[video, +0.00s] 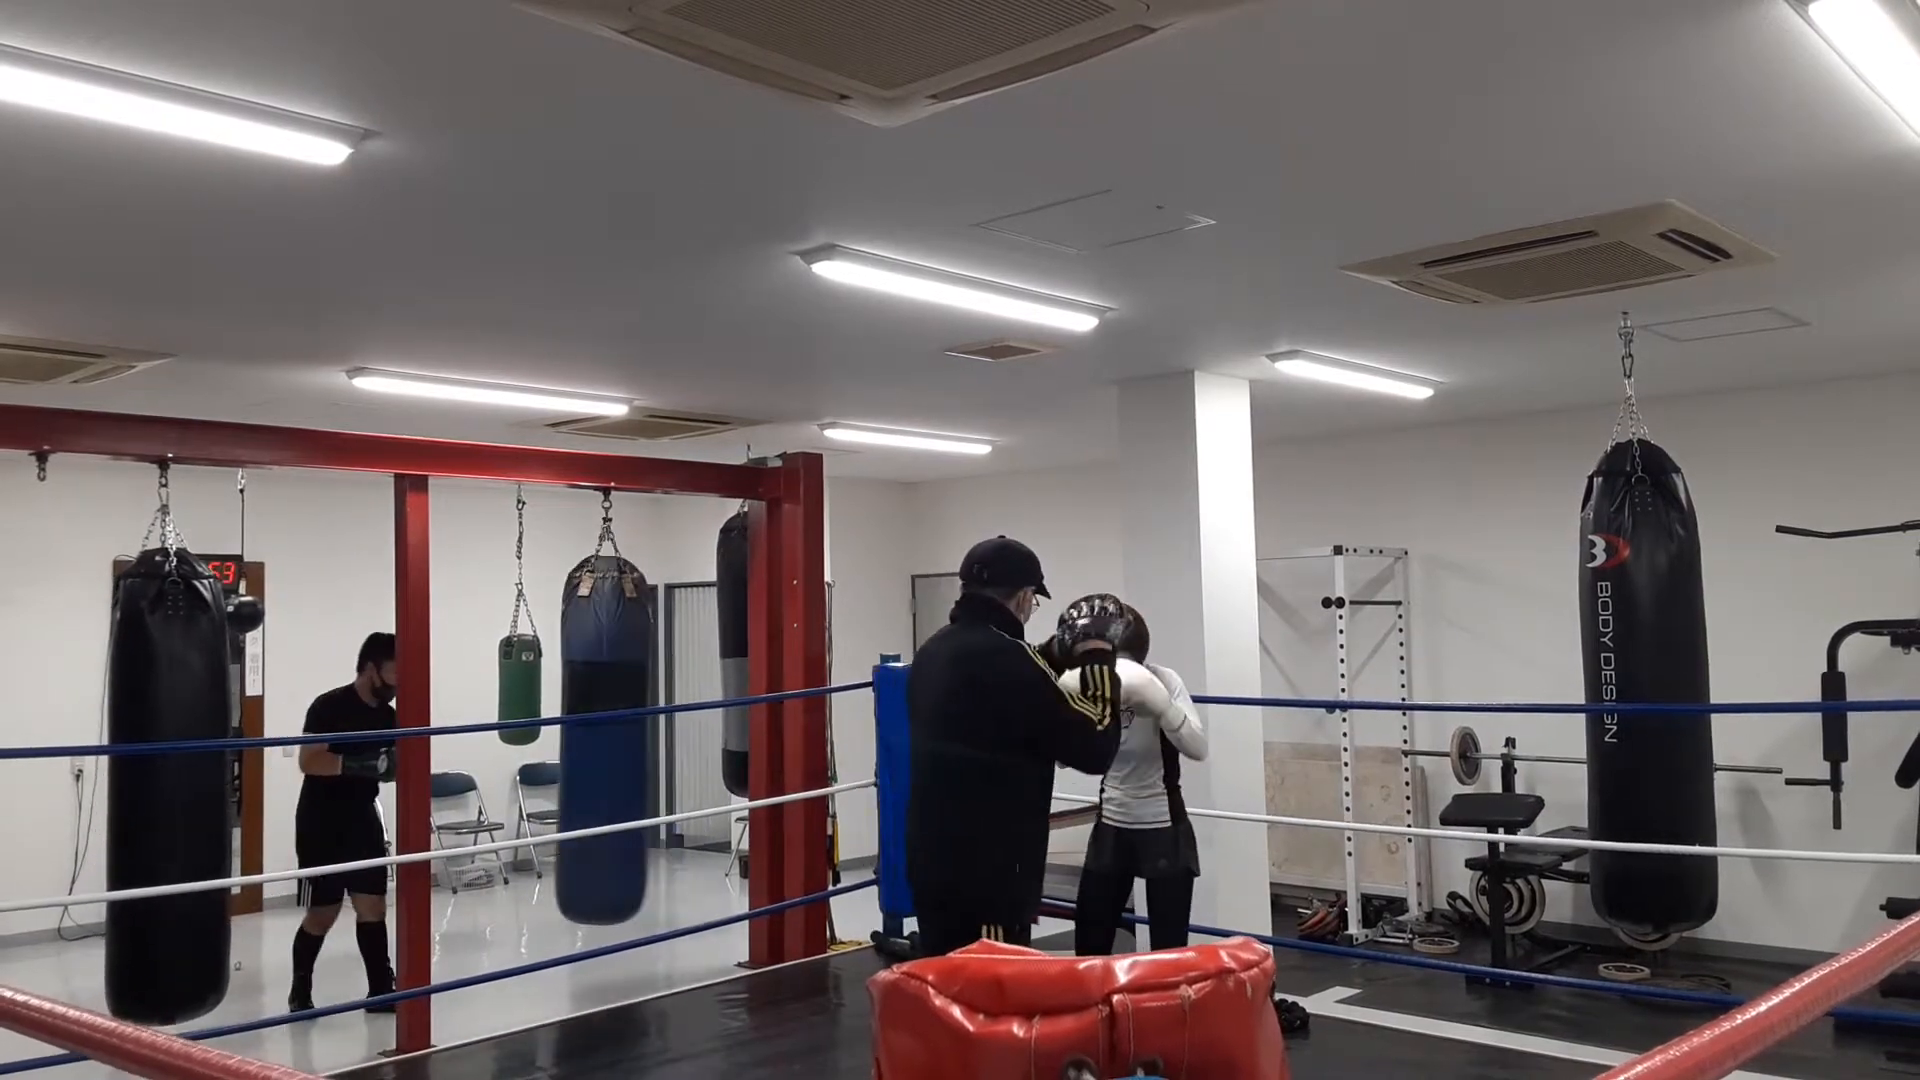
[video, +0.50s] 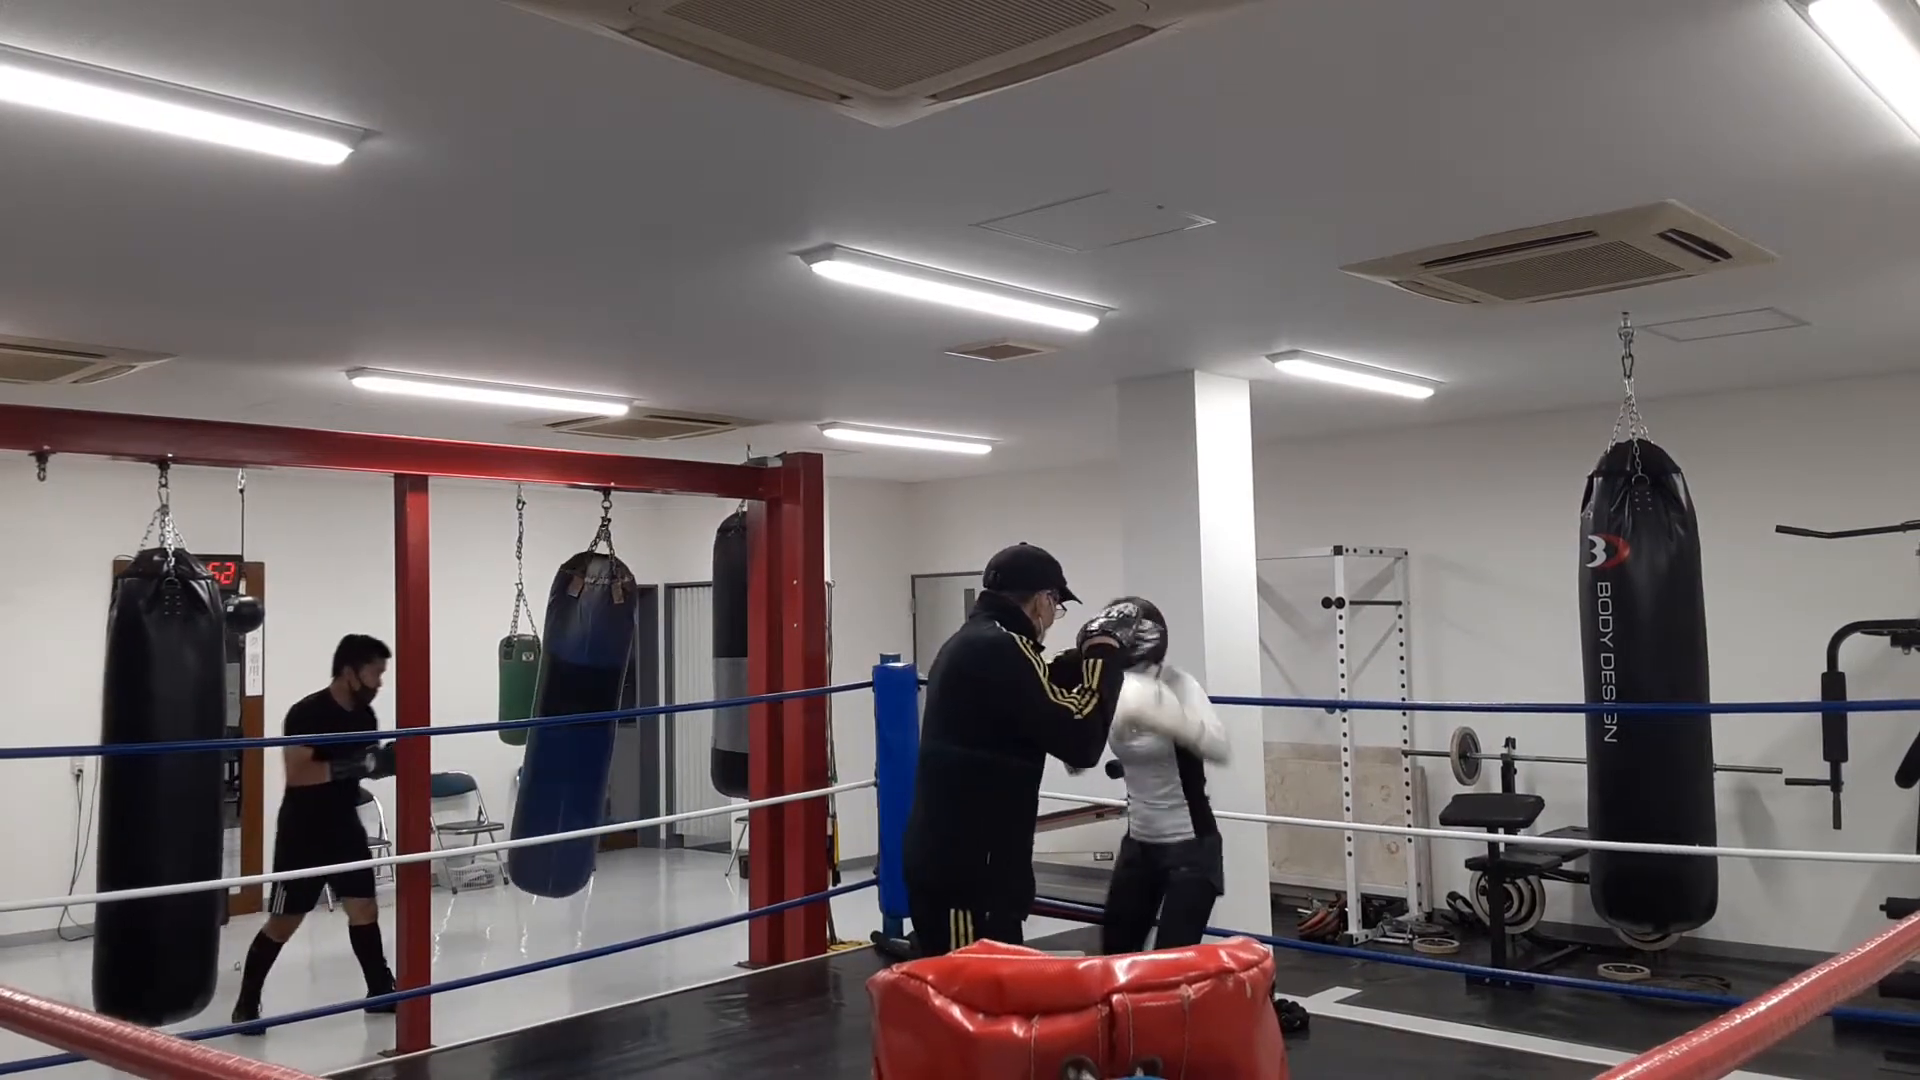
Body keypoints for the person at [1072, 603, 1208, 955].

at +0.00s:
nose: (1113, 661)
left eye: (1119, 653)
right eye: (1101, 650)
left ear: (1132, 644)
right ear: (1092, 650)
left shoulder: (1163, 680)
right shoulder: (1085, 686)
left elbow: (1198, 750)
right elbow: (1065, 754)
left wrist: (1158, 700)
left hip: (1165, 832)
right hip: (1111, 831)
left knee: (1168, 953)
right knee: (1090, 947)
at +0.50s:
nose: (1118, 642)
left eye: (1126, 631)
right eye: (1112, 634)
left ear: (1147, 638)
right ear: (1107, 641)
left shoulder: (1179, 684)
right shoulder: (1108, 688)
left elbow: (1220, 749)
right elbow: (1077, 762)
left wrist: (1160, 716)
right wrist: (1081, 688)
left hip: (1191, 848)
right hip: (1140, 847)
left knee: (1169, 963)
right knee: (1116, 956)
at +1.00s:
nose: (1190, 649)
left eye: (1202, 639)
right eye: (1181, 638)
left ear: (1227, 644)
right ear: (1170, 643)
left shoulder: (1250, 701)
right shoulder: (1162, 703)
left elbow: (1305, 766)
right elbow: (1120, 737)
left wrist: (1275, 726)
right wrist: (1132, 720)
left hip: (1258, 860)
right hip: (1191, 863)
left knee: (1270, 991)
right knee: (1168, 983)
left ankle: (1289, 1069)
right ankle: (1166, 1072)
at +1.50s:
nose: (1183, 650)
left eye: (1195, 640)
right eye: (1178, 639)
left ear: (1225, 645)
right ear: (1171, 644)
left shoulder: (1258, 700)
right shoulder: (1177, 708)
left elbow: (1307, 787)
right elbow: (1145, 790)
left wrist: (1251, 732)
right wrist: (1123, 744)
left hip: (1271, 883)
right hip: (1215, 879)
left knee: (1246, 1003)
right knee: (1190, 995)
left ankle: (1279, 1071)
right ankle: (1195, 1074)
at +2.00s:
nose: (1192, 660)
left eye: (1202, 647)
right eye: (1189, 649)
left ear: (1238, 654)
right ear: (1187, 652)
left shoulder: (1281, 713)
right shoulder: (1202, 718)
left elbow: (1292, 779)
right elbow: (1170, 802)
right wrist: (1146, 767)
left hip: (1293, 901)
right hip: (1239, 892)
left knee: (1270, 1031)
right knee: (1201, 1002)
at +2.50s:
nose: (1233, 657)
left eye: (1245, 646)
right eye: (1229, 645)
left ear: (1279, 655)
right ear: (1225, 645)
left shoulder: (1320, 697)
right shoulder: (1214, 707)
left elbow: (1367, 785)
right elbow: (1160, 768)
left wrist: (1333, 735)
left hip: (1314, 884)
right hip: (1241, 884)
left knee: (1310, 1033)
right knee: (1230, 1025)